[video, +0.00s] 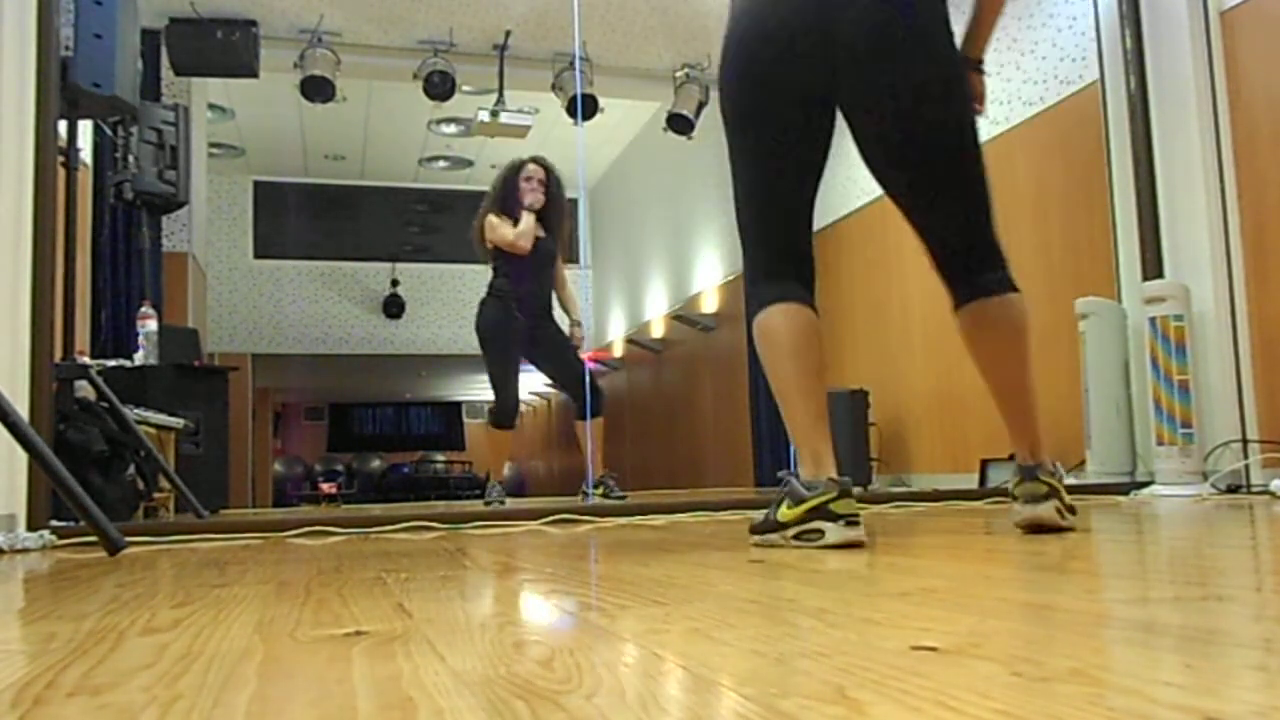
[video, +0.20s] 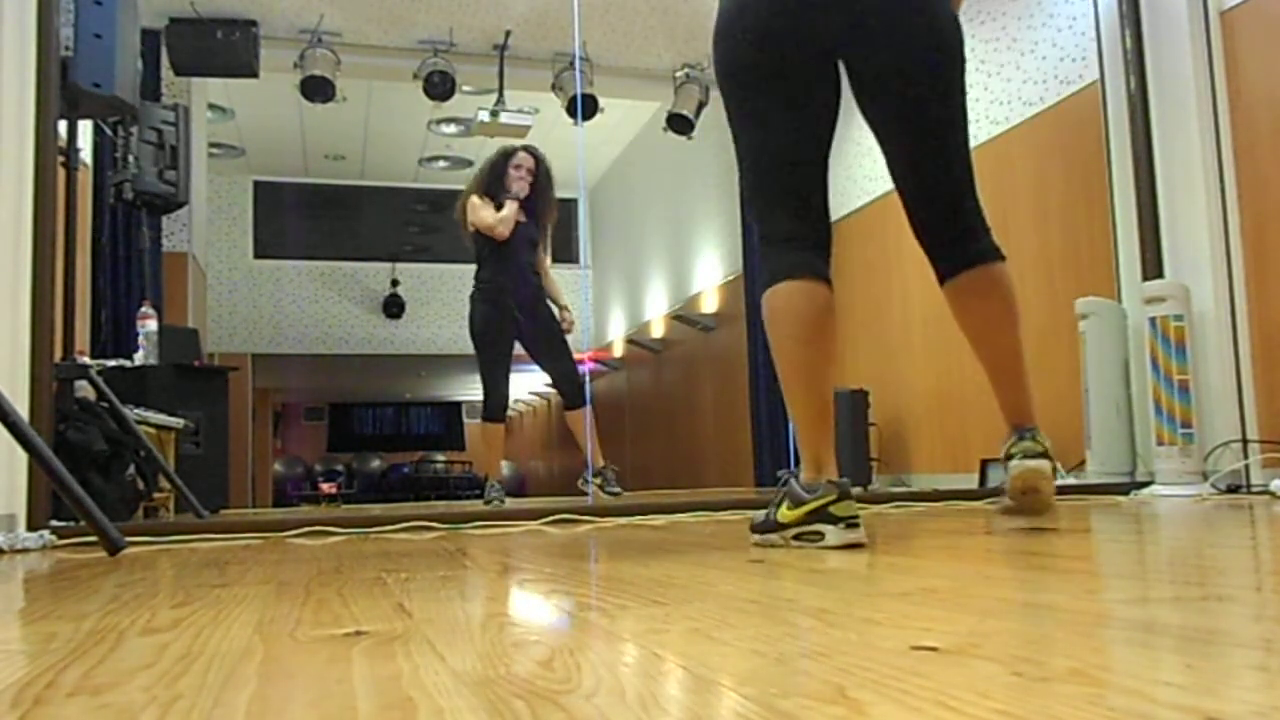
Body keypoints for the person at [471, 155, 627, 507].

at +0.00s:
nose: (536, 188)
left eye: (541, 183)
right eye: (529, 180)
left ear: (548, 193)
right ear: (512, 184)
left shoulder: (548, 235)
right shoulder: (493, 221)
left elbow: (561, 280)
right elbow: (520, 243)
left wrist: (575, 318)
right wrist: (528, 211)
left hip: (540, 323)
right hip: (501, 318)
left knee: (588, 391)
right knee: (507, 403)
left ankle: (595, 479)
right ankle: (496, 483)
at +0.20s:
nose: (523, 176)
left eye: (529, 172)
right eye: (518, 168)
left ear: (535, 180)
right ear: (501, 170)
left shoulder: (539, 215)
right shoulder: (477, 202)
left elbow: (543, 270)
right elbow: (499, 229)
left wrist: (563, 306)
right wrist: (515, 201)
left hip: (533, 306)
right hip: (492, 305)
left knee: (571, 384)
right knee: (496, 397)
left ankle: (596, 468)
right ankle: (493, 483)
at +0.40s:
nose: (516, 176)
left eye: (522, 172)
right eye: (510, 168)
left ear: (530, 180)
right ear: (494, 169)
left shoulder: (530, 213)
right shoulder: (472, 203)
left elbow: (540, 264)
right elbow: (493, 230)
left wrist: (557, 305)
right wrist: (508, 199)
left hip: (531, 304)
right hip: (491, 304)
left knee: (561, 387)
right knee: (494, 396)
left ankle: (581, 474)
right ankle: (492, 483)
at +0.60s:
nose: (517, 176)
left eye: (523, 171)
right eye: (511, 168)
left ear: (532, 178)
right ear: (496, 171)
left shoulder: (536, 218)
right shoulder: (477, 206)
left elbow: (550, 267)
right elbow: (490, 236)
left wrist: (568, 300)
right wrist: (508, 203)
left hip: (533, 305)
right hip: (492, 306)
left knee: (555, 390)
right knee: (496, 397)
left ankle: (575, 478)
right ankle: (493, 483)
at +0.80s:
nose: (531, 181)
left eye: (538, 177)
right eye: (525, 175)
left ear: (546, 187)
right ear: (511, 181)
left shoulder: (550, 229)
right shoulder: (491, 215)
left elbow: (556, 288)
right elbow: (469, 261)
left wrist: (573, 276)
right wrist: (507, 242)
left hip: (536, 313)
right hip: (493, 313)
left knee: (578, 386)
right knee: (491, 398)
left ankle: (597, 470)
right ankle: (493, 483)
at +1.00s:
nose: (548, 196)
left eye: (553, 191)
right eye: (541, 191)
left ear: (562, 200)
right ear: (529, 200)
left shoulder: (577, 243)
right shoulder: (514, 240)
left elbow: (592, 297)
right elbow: (487, 290)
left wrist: (574, 291)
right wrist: (488, 317)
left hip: (551, 332)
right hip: (509, 329)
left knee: (579, 402)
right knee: (484, 400)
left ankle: (598, 479)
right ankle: (492, 483)